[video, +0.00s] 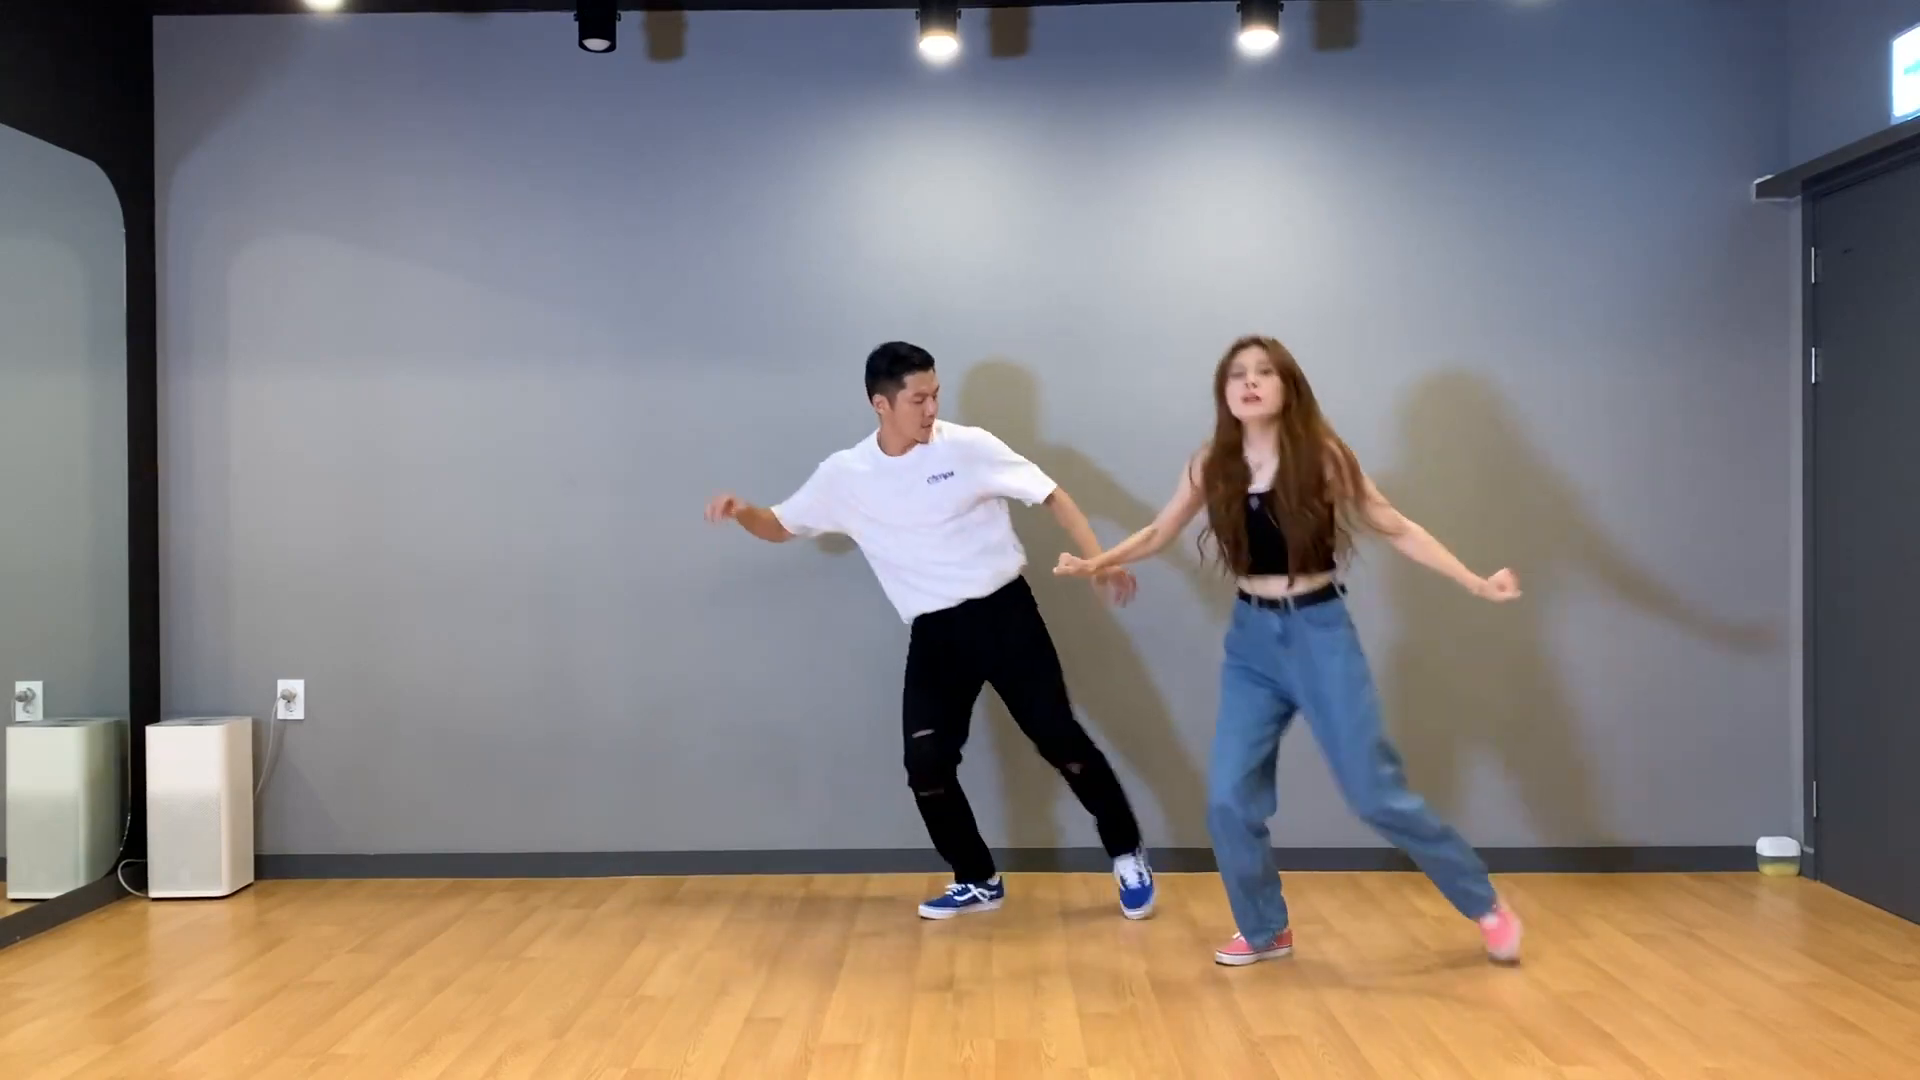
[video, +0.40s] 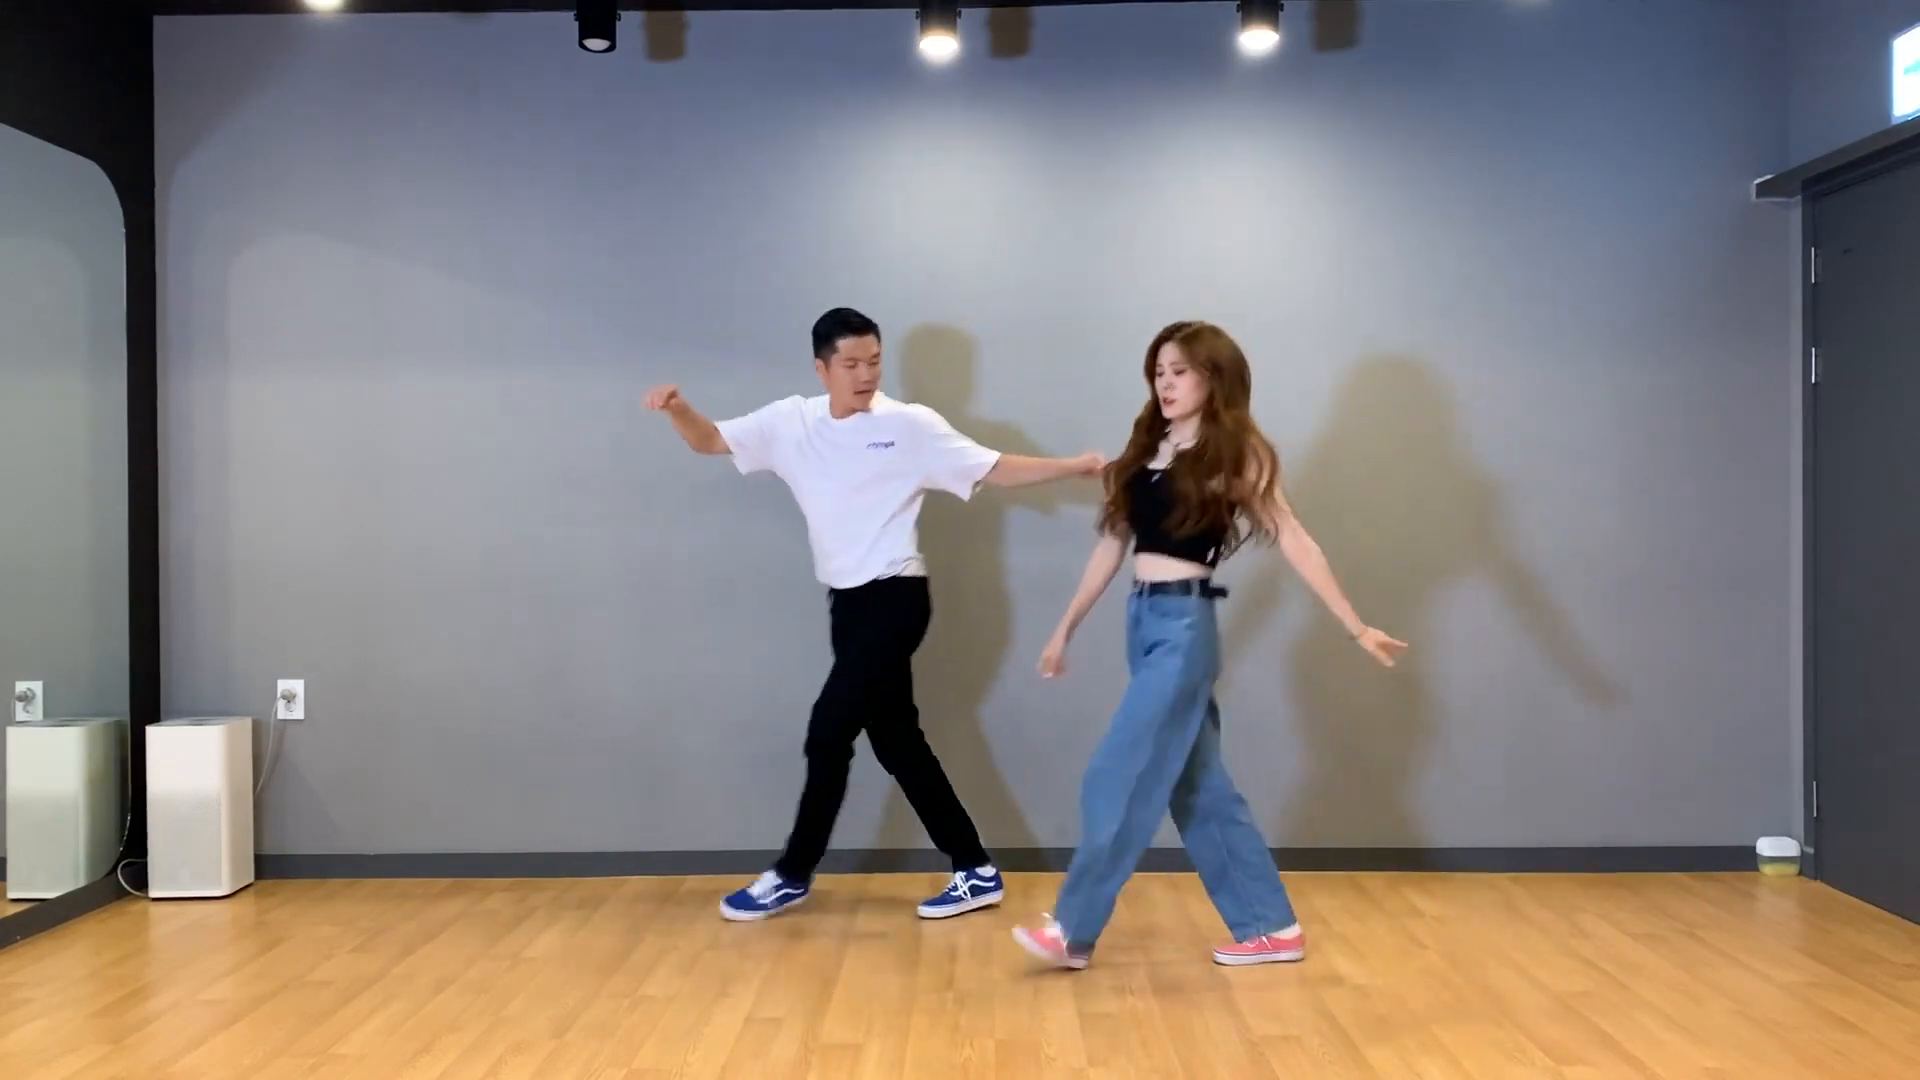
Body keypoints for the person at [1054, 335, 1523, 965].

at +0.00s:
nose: (1250, 384)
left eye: (1263, 374)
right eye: (1238, 376)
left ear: (1288, 387)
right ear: (1224, 393)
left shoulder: (1323, 456)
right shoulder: (1210, 464)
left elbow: (1397, 529)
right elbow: (1156, 536)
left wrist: (1476, 583)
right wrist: (1093, 563)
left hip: (1320, 634)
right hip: (1251, 637)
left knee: (1374, 795)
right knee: (1229, 799)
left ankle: (1483, 903)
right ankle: (1265, 930)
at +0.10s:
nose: (1229, 364)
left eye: (1243, 354)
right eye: (1219, 356)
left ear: (1271, 368)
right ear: (1205, 373)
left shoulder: (1300, 440)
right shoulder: (1194, 448)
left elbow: (1359, 522)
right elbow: (1154, 525)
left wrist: (1425, 600)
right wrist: (1099, 564)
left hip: (1288, 619)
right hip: (1223, 619)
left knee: (1274, 779)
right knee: (1227, 784)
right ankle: (1264, 928)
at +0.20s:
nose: (1208, 362)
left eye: (1222, 351)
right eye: (1199, 353)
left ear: (1252, 359)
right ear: (1188, 365)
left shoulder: (1281, 431)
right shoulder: (1185, 433)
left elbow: (1320, 526)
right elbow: (1158, 519)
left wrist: (1365, 617)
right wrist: (1114, 578)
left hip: (1257, 612)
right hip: (1197, 610)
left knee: (1175, 743)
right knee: (1216, 772)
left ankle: (1288, 803)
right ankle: (1264, 926)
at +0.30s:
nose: (1187, 363)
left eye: (1201, 350)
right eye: (1179, 352)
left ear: (1233, 358)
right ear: (1170, 361)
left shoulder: (1257, 429)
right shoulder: (1170, 430)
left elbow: (1293, 523)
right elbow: (1148, 527)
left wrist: (1336, 615)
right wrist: (1105, 601)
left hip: (1224, 610)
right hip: (1173, 607)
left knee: (1129, 735)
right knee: (1209, 772)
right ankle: (1262, 918)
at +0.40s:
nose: (1165, 384)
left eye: (1179, 372)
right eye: (1159, 373)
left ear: (1215, 379)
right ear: (1153, 382)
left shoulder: (1238, 453)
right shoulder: (1149, 450)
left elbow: (1294, 541)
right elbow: (1112, 544)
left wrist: (1356, 626)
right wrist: (1065, 627)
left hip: (1185, 625)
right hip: (1144, 623)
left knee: (1120, 770)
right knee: (1198, 784)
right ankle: (1270, 925)